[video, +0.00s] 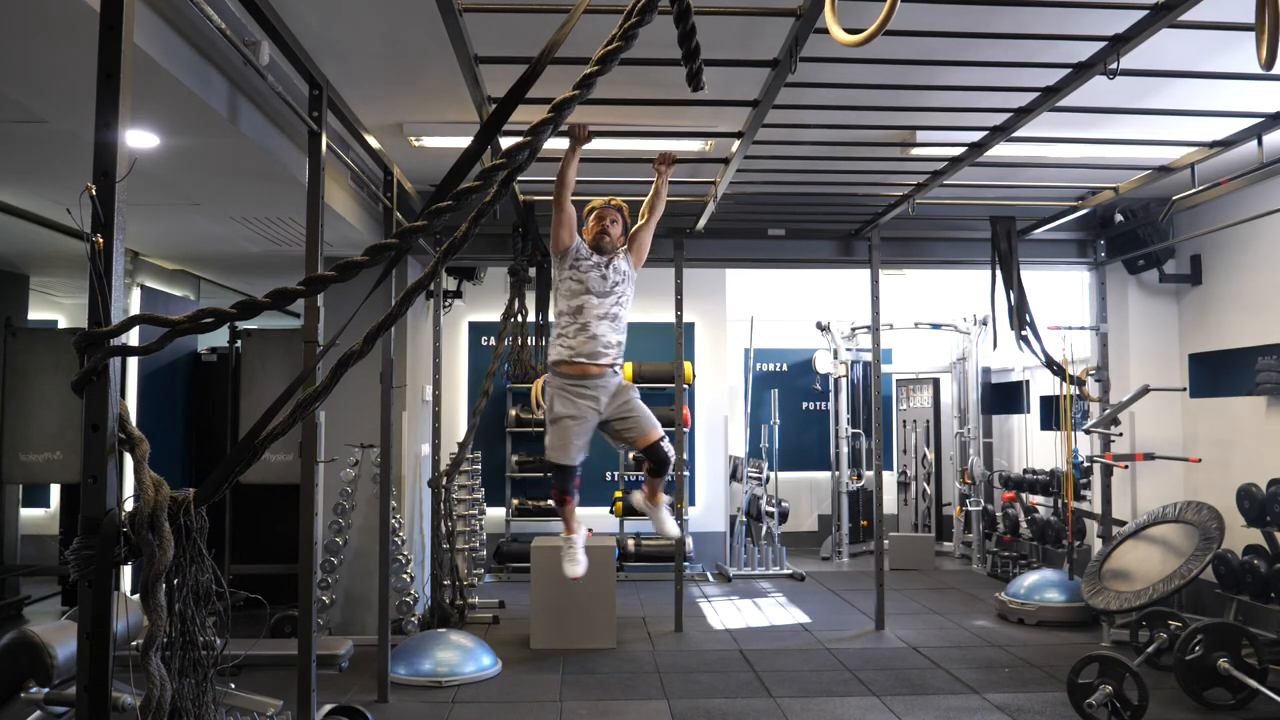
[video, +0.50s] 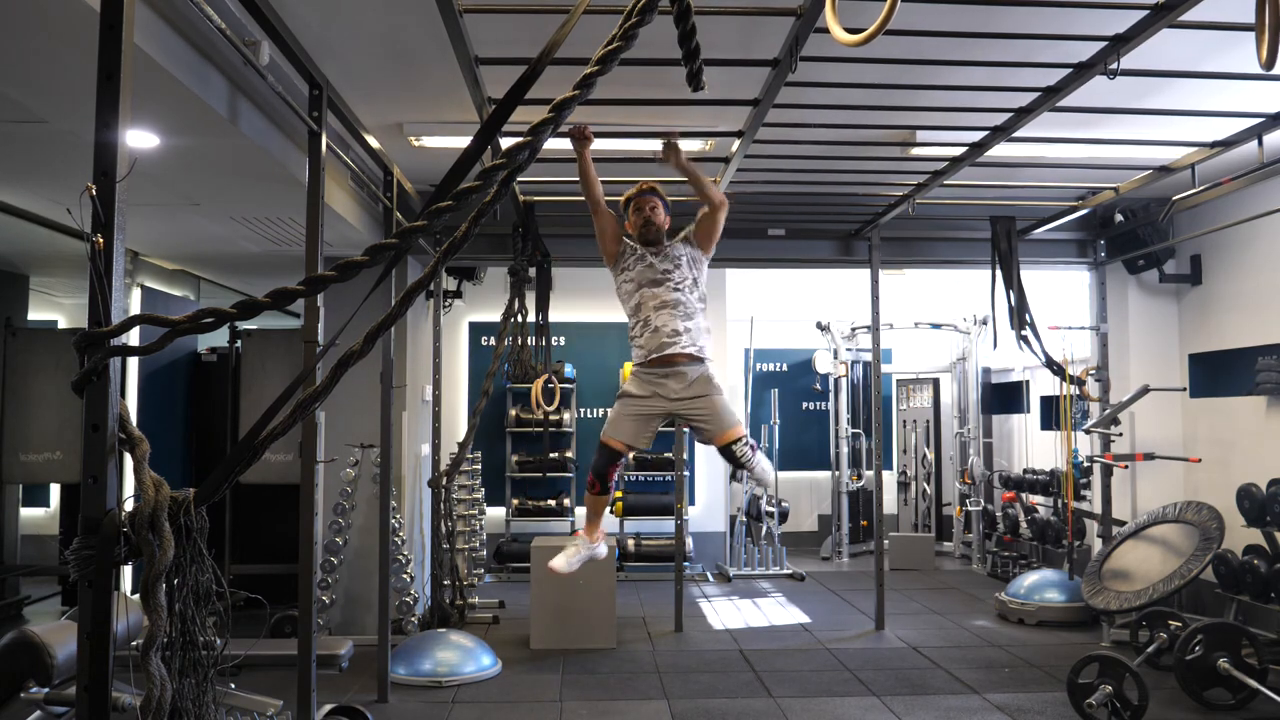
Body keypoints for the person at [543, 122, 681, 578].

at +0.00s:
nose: (607, 222)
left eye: (615, 219)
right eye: (601, 217)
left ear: (625, 233)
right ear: (587, 228)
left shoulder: (627, 265)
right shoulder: (569, 254)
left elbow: (650, 220)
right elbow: (562, 201)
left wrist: (662, 178)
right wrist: (574, 147)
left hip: (614, 383)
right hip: (567, 384)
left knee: (662, 456)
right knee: (564, 481)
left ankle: (650, 499)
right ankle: (572, 533)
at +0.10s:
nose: (612, 227)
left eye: (619, 224)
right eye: (605, 222)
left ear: (627, 238)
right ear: (589, 233)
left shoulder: (632, 266)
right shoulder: (576, 262)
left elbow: (652, 221)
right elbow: (573, 209)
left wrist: (662, 181)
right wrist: (577, 154)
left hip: (631, 388)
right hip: (586, 392)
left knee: (675, 463)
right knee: (587, 479)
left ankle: (682, 524)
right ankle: (589, 532)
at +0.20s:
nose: (620, 228)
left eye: (627, 225)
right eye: (613, 224)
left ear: (637, 236)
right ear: (600, 235)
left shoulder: (646, 265)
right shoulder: (590, 268)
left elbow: (661, 222)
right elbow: (584, 210)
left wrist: (665, 182)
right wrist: (580, 155)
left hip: (653, 391)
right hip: (609, 397)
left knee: (698, 467)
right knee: (605, 489)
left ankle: (710, 534)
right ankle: (601, 525)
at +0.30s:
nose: (633, 228)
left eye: (639, 223)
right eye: (625, 225)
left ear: (649, 235)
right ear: (612, 237)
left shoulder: (664, 266)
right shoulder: (604, 269)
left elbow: (680, 226)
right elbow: (591, 211)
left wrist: (668, 179)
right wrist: (582, 156)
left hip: (675, 390)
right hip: (627, 395)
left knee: (731, 459)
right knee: (606, 487)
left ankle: (733, 513)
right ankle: (610, 514)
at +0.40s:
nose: (640, 222)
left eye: (647, 217)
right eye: (631, 219)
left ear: (660, 228)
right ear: (620, 232)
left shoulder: (683, 260)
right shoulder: (614, 265)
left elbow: (715, 218)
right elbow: (595, 209)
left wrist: (681, 189)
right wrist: (583, 154)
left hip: (690, 383)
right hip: (638, 387)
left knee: (746, 448)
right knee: (604, 476)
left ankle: (758, 480)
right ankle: (605, 528)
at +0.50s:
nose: (646, 212)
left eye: (653, 207)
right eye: (638, 210)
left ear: (668, 217)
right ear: (629, 223)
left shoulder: (693, 250)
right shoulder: (622, 255)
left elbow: (717, 205)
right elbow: (596, 205)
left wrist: (683, 165)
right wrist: (583, 153)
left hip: (696, 376)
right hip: (644, 380)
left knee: (742, 457)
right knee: (602, 466)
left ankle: (754, 464)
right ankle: (591, 537)